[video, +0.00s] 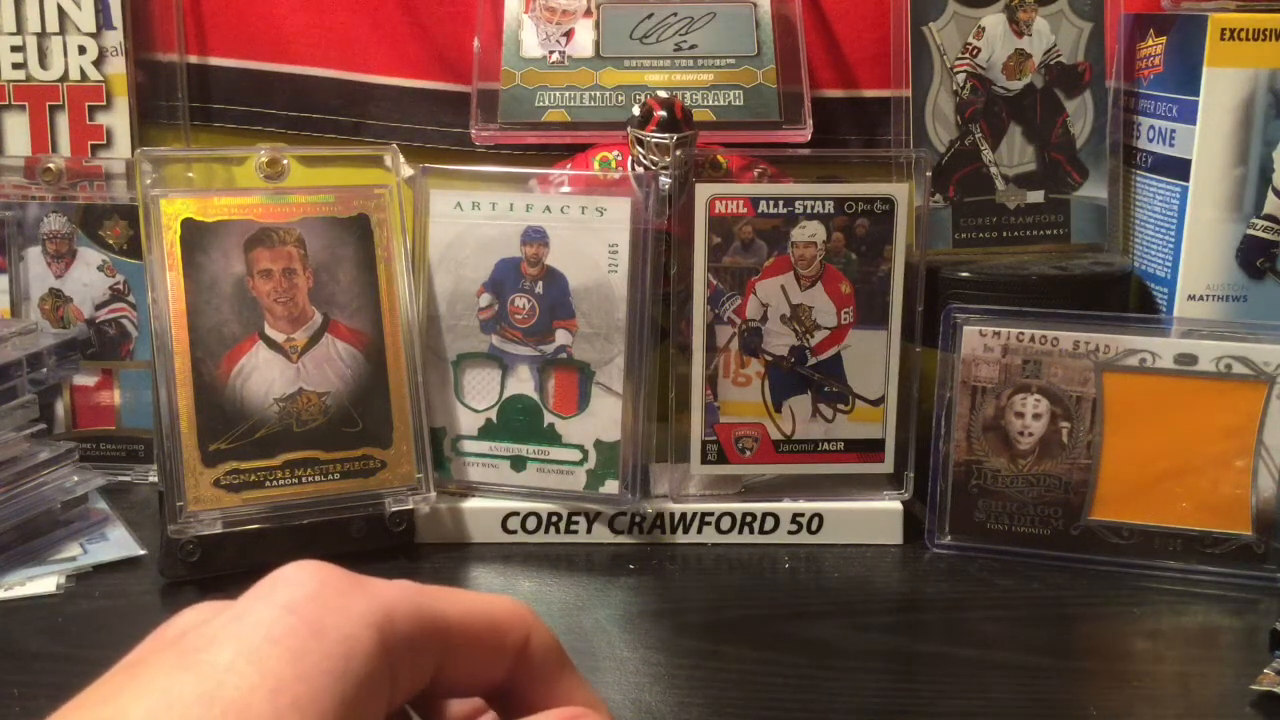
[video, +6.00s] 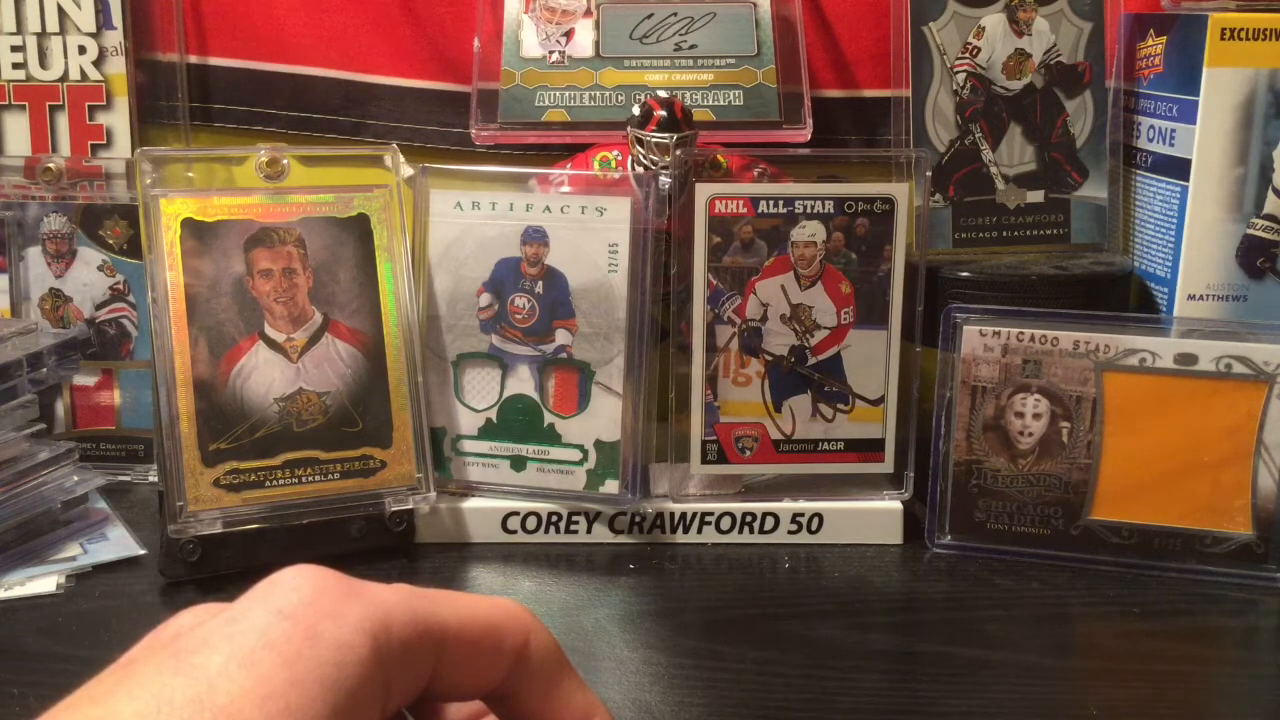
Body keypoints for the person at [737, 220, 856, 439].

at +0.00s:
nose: (801, 253)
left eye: (807, 247)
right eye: (796, 247)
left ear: (821, 250)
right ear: (790, 249)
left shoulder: (838, 285)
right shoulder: (774, 271)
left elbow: (842, 331)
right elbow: (755, 293)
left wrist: (810, 353)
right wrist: (750, 326)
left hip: (823, 353)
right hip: (780, 352)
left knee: (829, 411)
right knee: (796, 410)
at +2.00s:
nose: (801, 253)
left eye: (807, 247)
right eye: (796, 247)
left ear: (821, 250)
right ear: (790, 249)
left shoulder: (839, 285)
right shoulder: (773, 271)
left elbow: (842, 331)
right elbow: (754, 293)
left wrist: (810, 353)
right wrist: (750, 326)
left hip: (823, 353)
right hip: (780, 353)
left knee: (832, 413)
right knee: (798, 411)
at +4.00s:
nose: (801, 253)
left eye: (807, 247)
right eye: (796, 247)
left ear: (821, 249)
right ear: (790, 249)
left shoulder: (838, 285)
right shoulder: (773, 271)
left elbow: (843, 330)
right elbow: (754, 292)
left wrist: (810, 352)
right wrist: (751, 326)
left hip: (823, 353)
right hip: (780, 353)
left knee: (832, 412)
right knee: (799, 409)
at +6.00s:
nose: (801, 253)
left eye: (808, 247)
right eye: (796, 247)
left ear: (821, 249)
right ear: (790, 249)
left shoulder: (838, 285)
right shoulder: (773, 271)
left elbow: (842, 330)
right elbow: (754, 293)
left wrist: (809, 352)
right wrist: (750, 326)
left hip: (822, 353)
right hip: (779, 353)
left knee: (834, 412)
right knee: (798, 410)